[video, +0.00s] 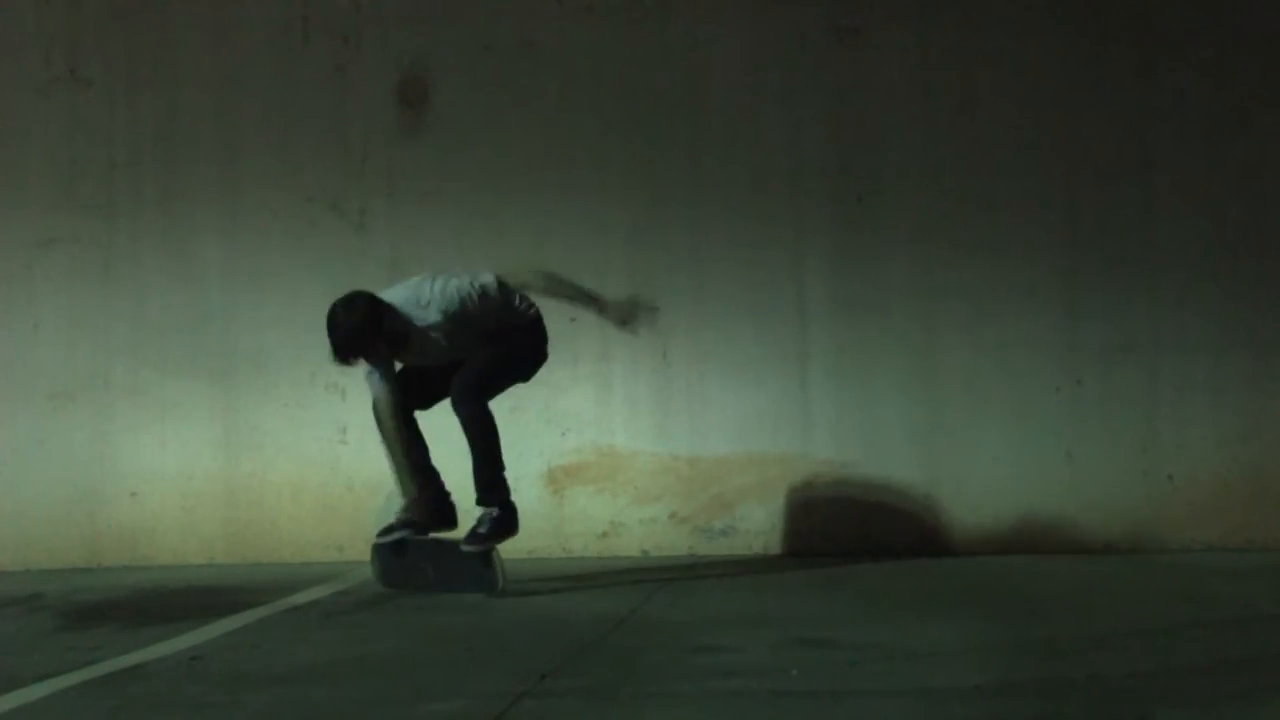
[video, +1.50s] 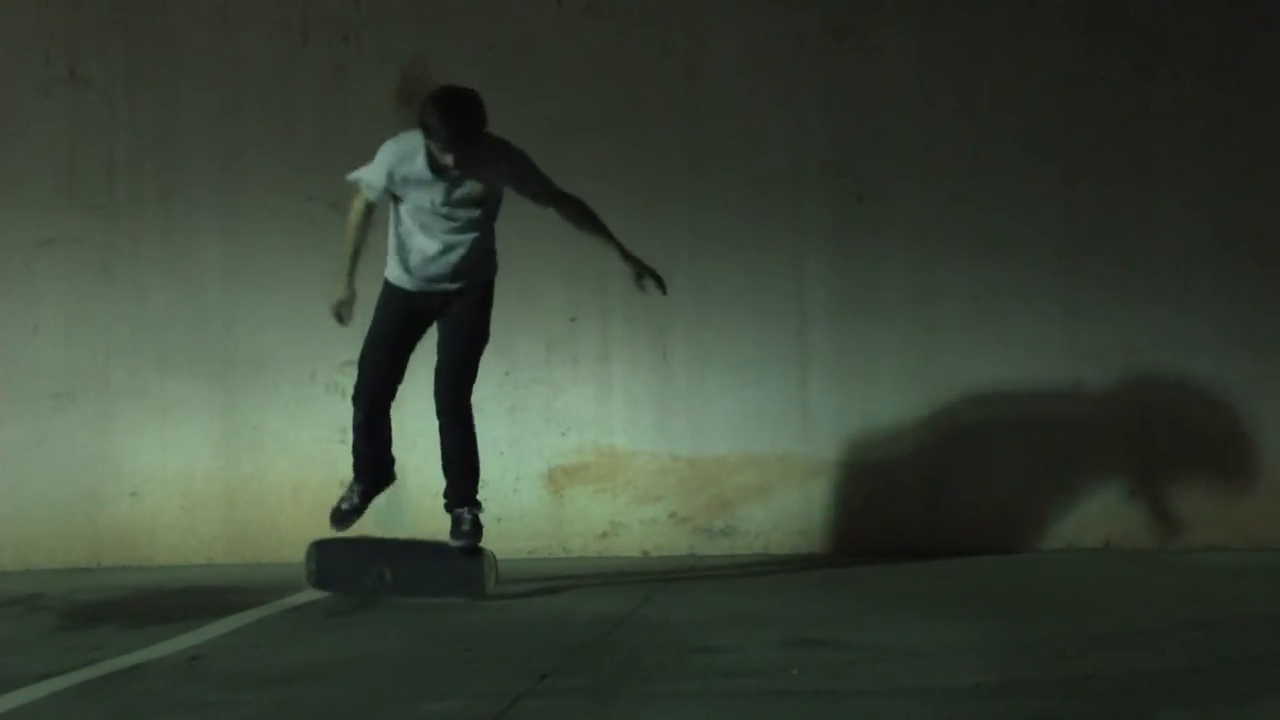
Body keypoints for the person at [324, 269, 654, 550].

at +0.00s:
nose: (366, 362)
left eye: (365, 352)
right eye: (360, 356)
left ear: (381, 330)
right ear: (362, 342)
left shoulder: (447, 302)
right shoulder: (373, 337)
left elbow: (531, 280)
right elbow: (386, 417)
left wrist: (608, 308)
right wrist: (415, 497)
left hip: (517, 336)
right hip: (459, 352)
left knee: (466, 392)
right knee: (391, 397)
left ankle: (498, 511)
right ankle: (432, 506)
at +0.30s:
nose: (369, 291)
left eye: (368, 282)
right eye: (362, 287)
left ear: (378, 258)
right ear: (355, 276)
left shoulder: (440, 237)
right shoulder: (361, 273)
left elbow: (526, 232)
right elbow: (334, 325)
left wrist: (606, 260)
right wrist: (305, 395)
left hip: (495, 297)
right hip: (436, 306)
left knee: (482, 389)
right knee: (397, 398)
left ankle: (502, 508)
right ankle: (402, 507)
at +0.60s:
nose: (327, 227)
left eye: (328, 218)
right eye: (320, 223)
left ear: (346, 199)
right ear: (318, 217)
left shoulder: (407, 192)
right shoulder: (328, 230)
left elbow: (482, 236)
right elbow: (344, 275)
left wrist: (452, 286)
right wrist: (344, 346)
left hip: (458, 284)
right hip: (398, 294)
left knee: (463, 393)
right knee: (371, 403)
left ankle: (471, 503)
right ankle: (369, 516)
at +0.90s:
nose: (346, 198)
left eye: (350, 187)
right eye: (335, 191)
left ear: (365, 170)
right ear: (324, 184)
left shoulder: (416, 177)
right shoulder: (325, 197)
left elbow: (481, 238)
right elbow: (330, 260)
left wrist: (506, 310)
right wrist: (322, 336)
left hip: (446, 287)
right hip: (386, 293)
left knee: (456, 396)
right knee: (368, 404)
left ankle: (478, 508)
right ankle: (374, 516)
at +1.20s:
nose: (378, 179)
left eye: (385, 168)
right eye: (368, 171)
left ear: (400, 151)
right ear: (352, 161)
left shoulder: (434, 167)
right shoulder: (339, 175)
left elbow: (502, 219)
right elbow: (325, 238)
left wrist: (546, 287)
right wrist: (314, 312)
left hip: (446, 285)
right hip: (386, 291)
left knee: (444, 396)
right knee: (369, 404)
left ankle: (457, 507)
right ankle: (374, 516)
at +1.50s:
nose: (451, 162)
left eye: (461, 152)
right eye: (442, 151)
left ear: (477, 140)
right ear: (427, 137)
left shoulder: (497, 162)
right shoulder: (397, 156)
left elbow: (560, 203)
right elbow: (361, 206)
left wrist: (625, 256)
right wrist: (345, 285)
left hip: (467, 292)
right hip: (405, 288)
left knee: (452, 395)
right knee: (370, 389)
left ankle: (463, 506)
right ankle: (369, 476)